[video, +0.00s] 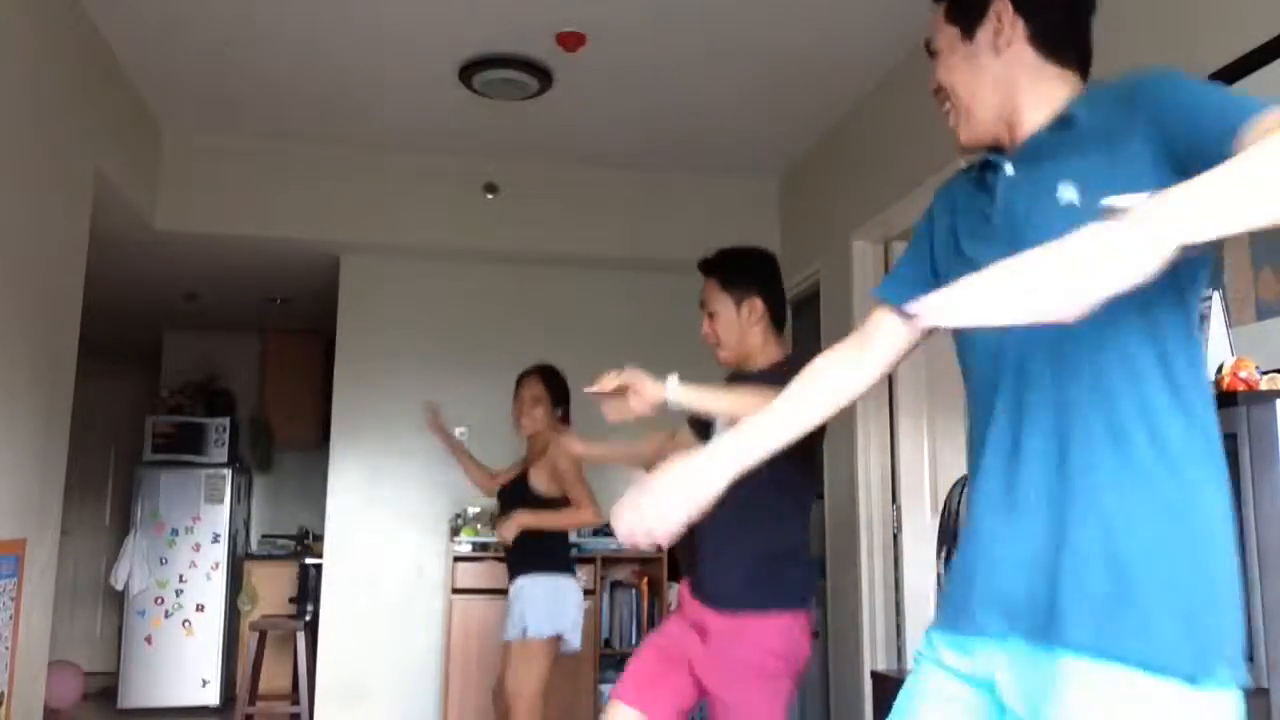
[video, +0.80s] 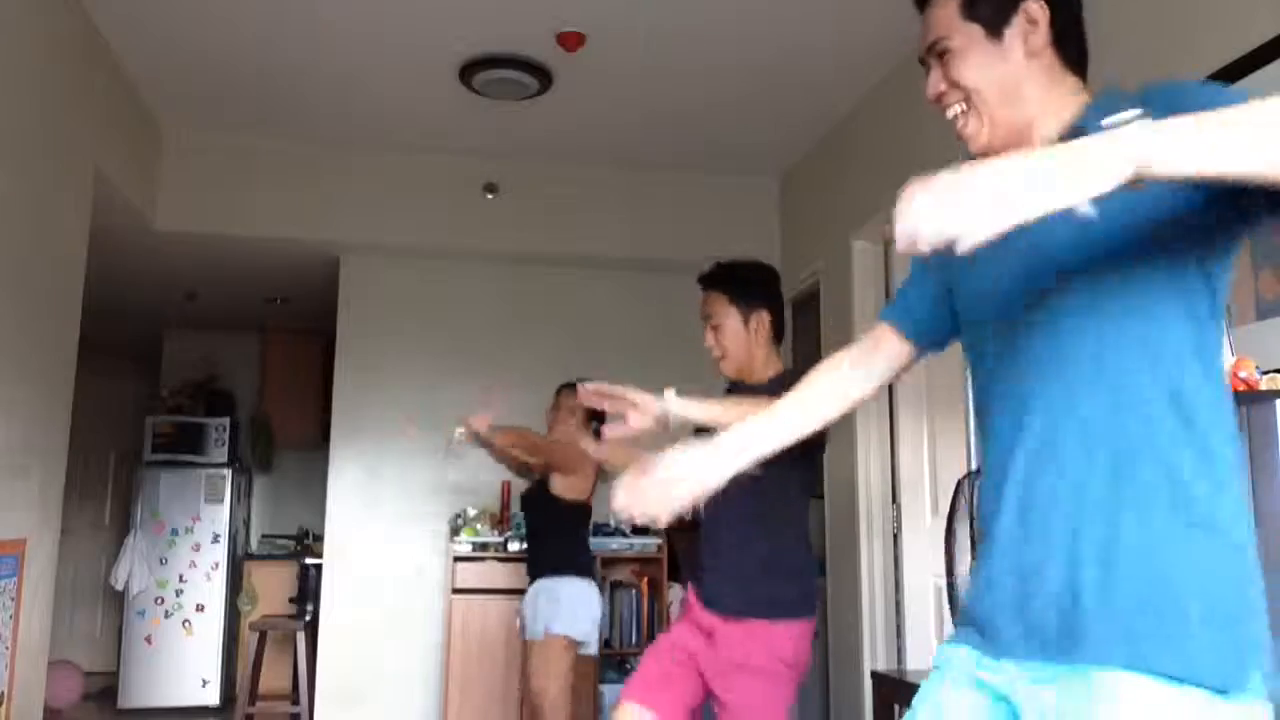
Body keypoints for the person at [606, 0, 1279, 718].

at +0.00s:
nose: (933, 82)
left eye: (939, 52)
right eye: (931, 61)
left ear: (1003, 26)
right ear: (992, 36)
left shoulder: (1152, 108)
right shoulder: (957, 206)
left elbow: (1277, 142)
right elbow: (864, 352)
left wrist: (1143, 233)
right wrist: (705, 470)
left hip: (1149, 622)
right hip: (986, 617)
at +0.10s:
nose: (923, 84)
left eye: (927, 53)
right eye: (920, 61)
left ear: (986, 26)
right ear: (985, 31)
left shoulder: (1122, 95)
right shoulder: (963, 206)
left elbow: (1248, 134)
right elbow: (893, 355)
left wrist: (1262, 254)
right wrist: (777, 379)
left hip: (1121, 591)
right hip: (976, 586)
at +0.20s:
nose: (908, 125)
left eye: (909, 93)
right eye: (904, 101)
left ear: (967, 68)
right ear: (967, 72)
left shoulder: (1101, 137)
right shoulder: (969, 235)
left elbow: (1210, 195)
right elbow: (924, 406)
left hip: (1098, 614)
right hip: (978, 609)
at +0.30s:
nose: (902, 143)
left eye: (902, 113)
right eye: (896, 119)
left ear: (960, 86)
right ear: (959, 91)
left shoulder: (1102, 158)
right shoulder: (975, 256)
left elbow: (1229, 208)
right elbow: (915, 421)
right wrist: (890, 343)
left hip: (1097, 614)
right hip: (999, 611)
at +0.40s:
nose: (910, 117)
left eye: (915, 84)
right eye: (904, 95)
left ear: (987, 46)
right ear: (983, 53)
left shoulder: (1127, 115)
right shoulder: (965, 212)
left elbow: (1258, 135)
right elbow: (895, 366)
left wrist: (1267, 187)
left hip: (1111, 592)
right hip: (995, 591)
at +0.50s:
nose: (932, 86)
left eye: (941, 54)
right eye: (927, 66)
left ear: (1022, 22)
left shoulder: (1150, 90)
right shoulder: (965, 179)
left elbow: (1277, 115)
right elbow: (877, 323)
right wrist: (725, 442)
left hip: (1121, 573)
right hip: (994, 572)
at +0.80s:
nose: (935, 89)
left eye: (945, 56)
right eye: (929, 70)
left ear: (1030, 25)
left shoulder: (1165, 119)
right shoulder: (973, 213)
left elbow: (1276, 139)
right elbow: (867, 360)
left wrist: (1088, 161)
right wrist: (714, 456)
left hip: (1173, 645)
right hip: (1001, 639)